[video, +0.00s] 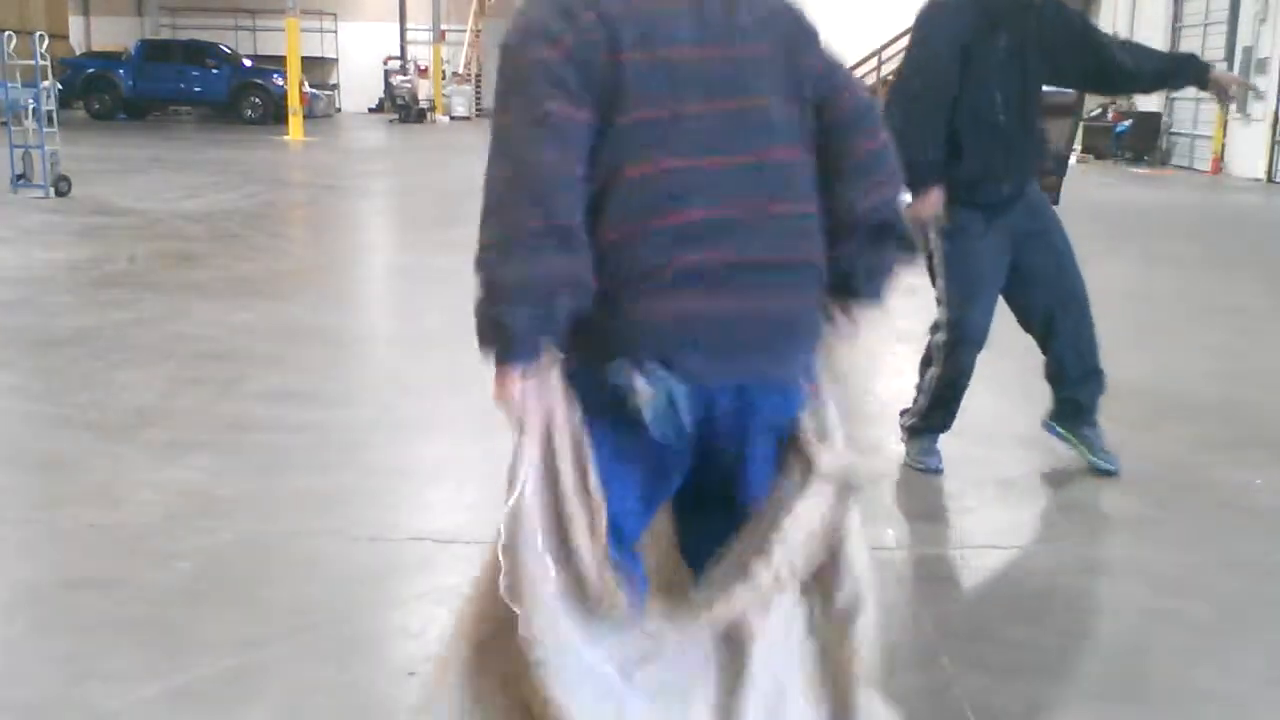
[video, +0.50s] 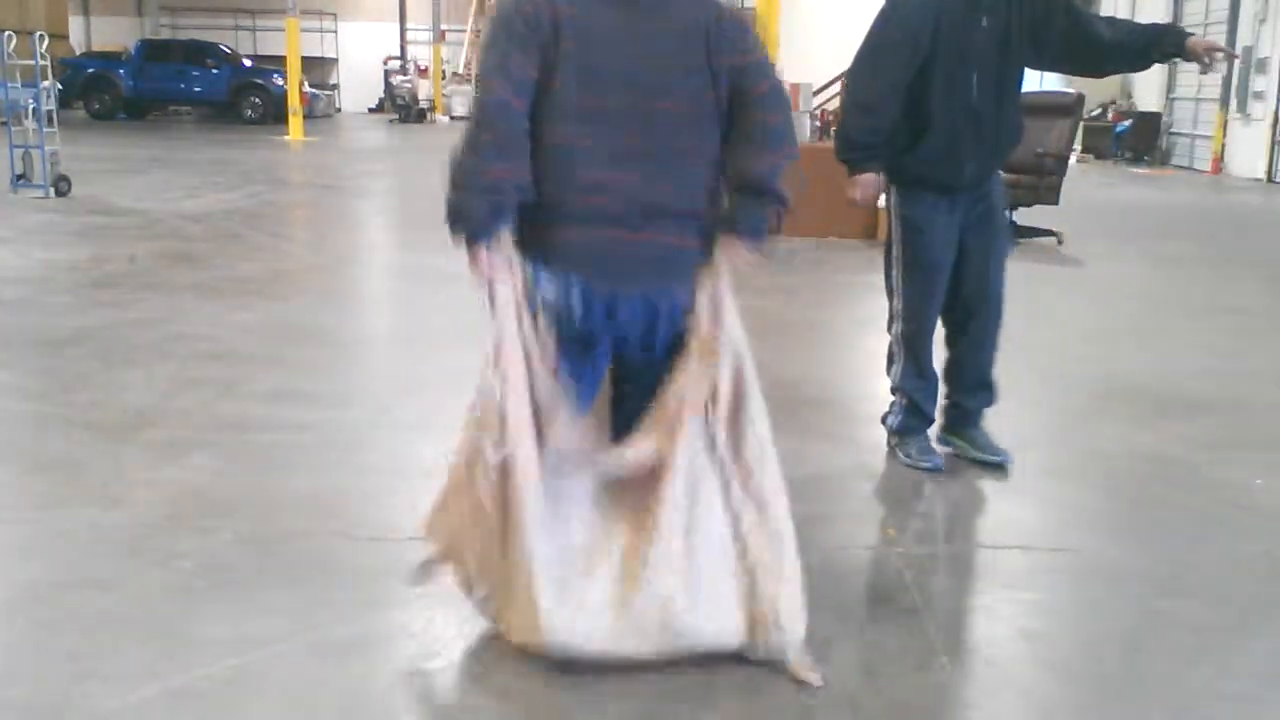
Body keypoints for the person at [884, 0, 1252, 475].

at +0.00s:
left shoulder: (1044, 17)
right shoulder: (949, 15)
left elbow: (1109, 60)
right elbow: (914, 96)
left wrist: (1198, 72)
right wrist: (925, 179)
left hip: (1019, 195)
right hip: (960, 201)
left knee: (1066, 304)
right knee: (964, 327)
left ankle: (1073, 415)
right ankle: (923, 429)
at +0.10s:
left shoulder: (1029, 12)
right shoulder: (935, 11)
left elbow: (1097, 42)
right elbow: (908, 78)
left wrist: (1191, 58)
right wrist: (933, 152)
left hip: (1004, 175)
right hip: (947, 180)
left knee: (1045, 287)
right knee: (944, 312)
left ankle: (1053, 406)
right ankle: (909, 426)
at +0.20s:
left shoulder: (1025, 9)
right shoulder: (927, 7)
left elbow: (1097, 37)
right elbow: (892, 75)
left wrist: (1189, 49)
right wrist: (924, 143)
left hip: (993, 172)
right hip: (933, 175)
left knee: (1029, 290)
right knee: (928, 307)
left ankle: (1041, 410)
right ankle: (908, 427)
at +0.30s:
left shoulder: (1023, 11)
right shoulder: (922, 9)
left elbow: (1094, 38)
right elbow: (881, 79)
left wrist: (1189, 49)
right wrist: (905, 153)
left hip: (984, 176)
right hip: (925, 179)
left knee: (1014, 300)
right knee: (919, 313)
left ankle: (1022, 419)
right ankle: (908, 429)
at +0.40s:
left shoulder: (1020, 11)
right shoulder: (920, 9)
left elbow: (1091, 37)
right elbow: (879, 70)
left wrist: (1184, 46)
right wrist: (878, 156)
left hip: (980, 176)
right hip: (920, 176)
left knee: (996, 304)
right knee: (916, 312)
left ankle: (992, 422)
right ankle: (907, 428)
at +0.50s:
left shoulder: (1024, 10)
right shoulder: (922, 8)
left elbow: (1089, 39)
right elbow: (877, 67)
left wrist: (1177, 42)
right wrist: (864, 157)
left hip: (980, 174)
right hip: (921, 174)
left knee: (979, 306)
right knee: (916, 310)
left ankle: (962, 422)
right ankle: (907, 427)